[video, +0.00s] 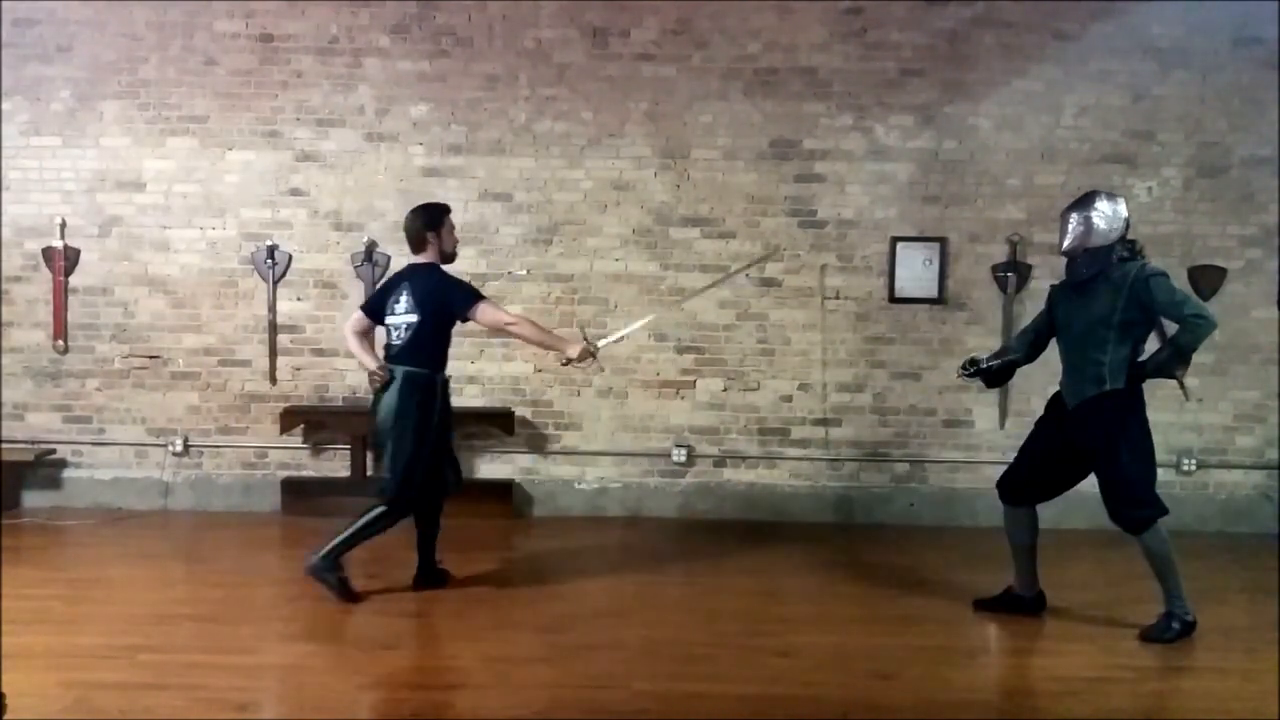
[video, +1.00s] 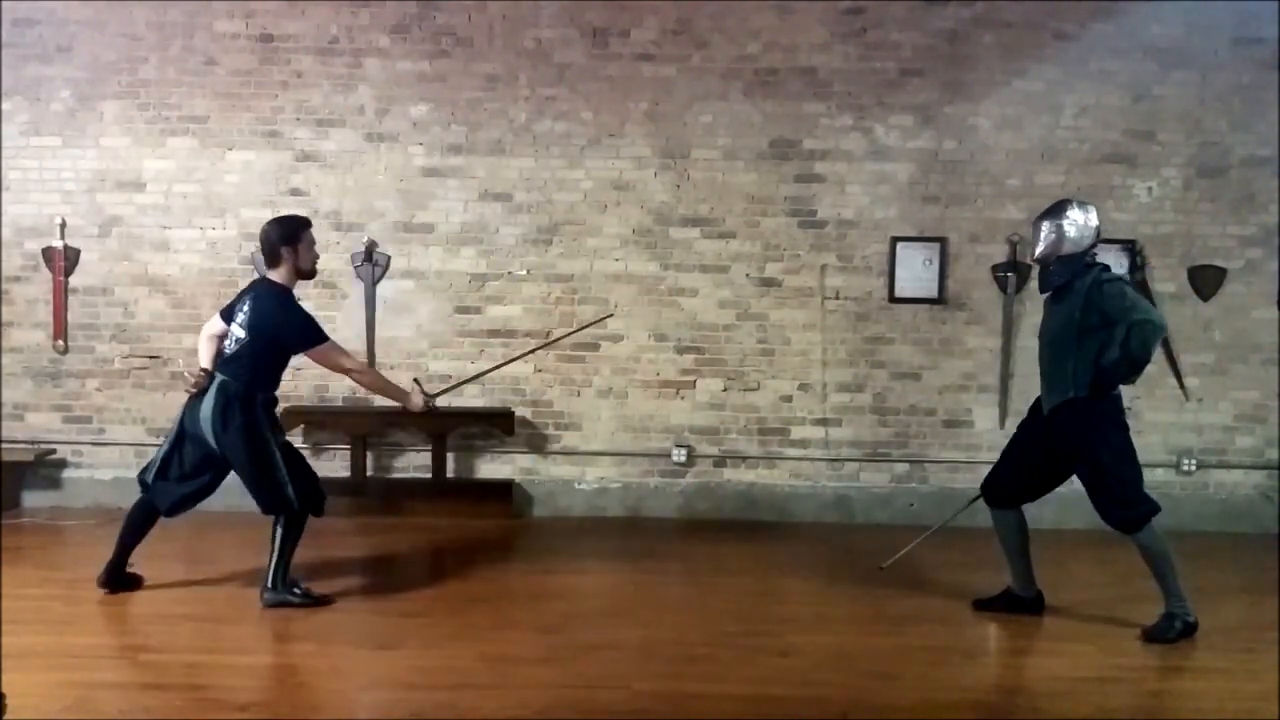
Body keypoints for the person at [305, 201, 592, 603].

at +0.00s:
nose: (457, 237)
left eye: (454, 229)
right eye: (451, 230)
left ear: (419, 240)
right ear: (434, 237)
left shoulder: (395, 284)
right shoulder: (443, 284)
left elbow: (354, 329)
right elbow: (507, 322)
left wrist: (374, 366)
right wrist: (564, 345)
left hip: (399, 395)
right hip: (418, 396)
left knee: (435, 482)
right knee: (407, 495)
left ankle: (427, 568)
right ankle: (327, 559)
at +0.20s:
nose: (424, 238)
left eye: (421, 230)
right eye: (418, 231)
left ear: (385, 240)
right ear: (398, 238)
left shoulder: (356, 280)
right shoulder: (402, 288)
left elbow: (306, 318)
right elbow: (469, 330)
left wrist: (323, 362)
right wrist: (529, 355)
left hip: (353, 396)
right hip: (364, 399)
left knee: (399, 481)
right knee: (351, 496)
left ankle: (419, 567)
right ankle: (283, 577)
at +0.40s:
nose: (391, 238)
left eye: (389, 229)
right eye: (386, 230)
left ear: (352, 239)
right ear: (365, 238)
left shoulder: (320, 275)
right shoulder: (365, 292)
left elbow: (266, 312)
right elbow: (431, 341)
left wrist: (275, 356)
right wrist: (482, 364)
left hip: (290, 387)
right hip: (315, 395)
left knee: (346, 470)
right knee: (327, 491)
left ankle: (335, 562)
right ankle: (279, 582)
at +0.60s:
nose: (363, 237)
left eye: (360, 229)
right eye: (357, 230)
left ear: (323, 239)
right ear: (335, 238)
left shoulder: (293, 278)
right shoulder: (338, 298)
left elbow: (248, 314)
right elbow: (397, 348)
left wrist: (250, 359)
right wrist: (451, 375)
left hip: (255, 392)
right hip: (287, 400)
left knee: (253, 480)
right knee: (314, 495)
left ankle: (205, 558)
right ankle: (277, 583)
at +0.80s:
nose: (340, 244)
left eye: (336, 235)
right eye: (333, 236)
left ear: (304, 246)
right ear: (312, 245)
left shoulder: (278, 285)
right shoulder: (310, 305)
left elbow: (234, 321)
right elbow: (370, 358)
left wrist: (231, 363)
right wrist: (425, 384)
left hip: (234, 397)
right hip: (266, 407)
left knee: (191, 479)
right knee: (307, 493)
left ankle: (138, 555)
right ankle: (277, 584)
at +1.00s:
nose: (317, 252)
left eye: (314, 244)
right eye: (310, 245)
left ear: (281, 253)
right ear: (288, 252)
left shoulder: (252, 293)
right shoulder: (286, 310)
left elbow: (210, 331)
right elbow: (349, 366)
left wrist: (206, 370)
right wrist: (407, 397)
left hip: (207, 405)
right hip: (241, 413)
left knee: (164, 487)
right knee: (298, 491)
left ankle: (113, 569)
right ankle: (277, 584)